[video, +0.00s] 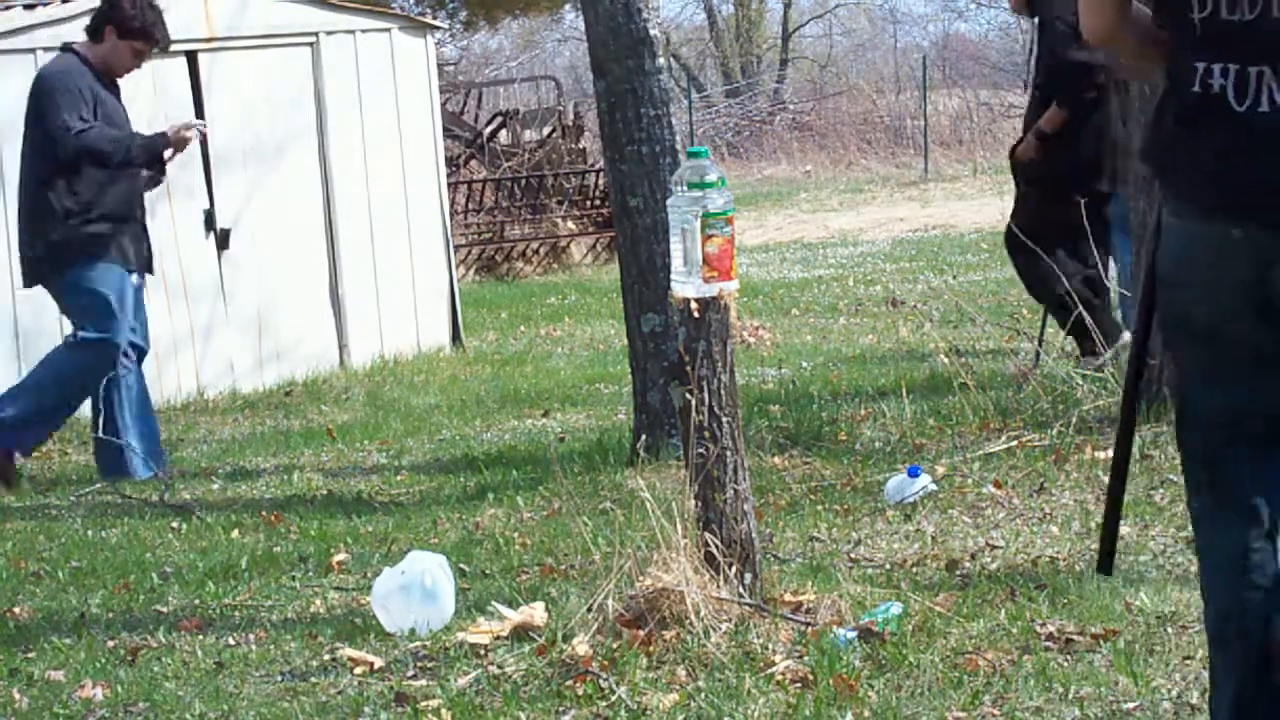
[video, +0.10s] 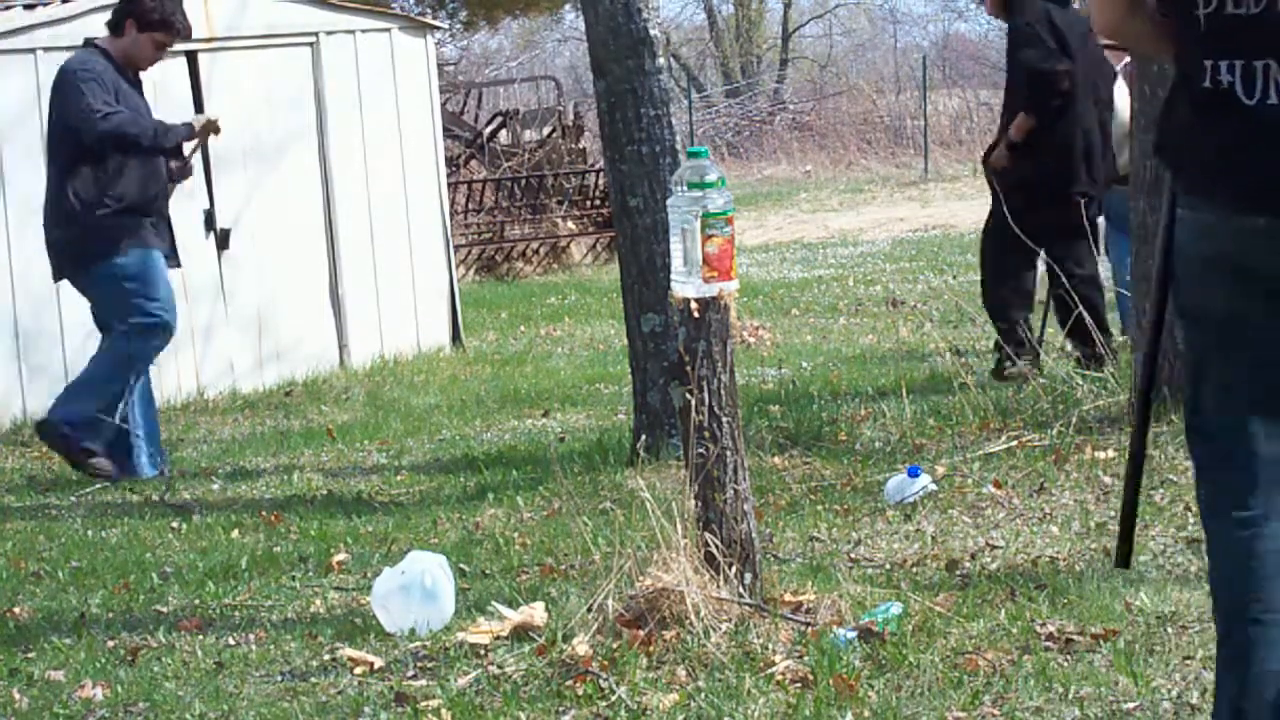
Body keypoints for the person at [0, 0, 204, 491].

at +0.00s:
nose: (138, 67)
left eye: (144, 58)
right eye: (138, 54)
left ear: (119, 42)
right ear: (110, 34)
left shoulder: (102, 87)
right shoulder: (64, 75)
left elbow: (107, 178)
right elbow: (75, 142)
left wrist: (150, 168)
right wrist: (160, 142)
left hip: (116, 239)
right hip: (78, 239)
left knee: (126, 349)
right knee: (105, 341)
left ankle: (131, 470)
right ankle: (8, 429)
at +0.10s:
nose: (160, 59)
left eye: (166, 50)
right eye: (158, 46)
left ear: (139, 34)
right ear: (129, 27)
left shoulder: (123, 83)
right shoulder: (85, 72)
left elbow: (122, 170)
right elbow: (102, 127)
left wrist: (167, 171)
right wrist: (181, 132)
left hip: (121, 226)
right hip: (105, 227)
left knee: (128, 342)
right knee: (154, 318)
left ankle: (141, 464)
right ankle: (69, 425)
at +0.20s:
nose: (182, 54)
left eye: (187, 46)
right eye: (180, 42)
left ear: (154, 27)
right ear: (150, 24)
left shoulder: (144, 80)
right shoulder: (107, 69)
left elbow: (143, 166)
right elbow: (130, 120)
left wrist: (190, 167)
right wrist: (204, 124)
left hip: (129, 227)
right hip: (135, 224)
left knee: (130, 340)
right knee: (188, 314)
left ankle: (125, 457)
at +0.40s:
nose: (235, 59)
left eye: (240, 50)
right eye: (233, 46)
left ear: (210, 32)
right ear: (204, 27)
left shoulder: (186, 80)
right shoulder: (164, 74)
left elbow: (182, 175)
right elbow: (189, 123)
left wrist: (235, 164)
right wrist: (262, 119)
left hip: (184, 240)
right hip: (191, 239)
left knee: (157, 358)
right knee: (242, 343)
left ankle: (133, 469)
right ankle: (304, 442)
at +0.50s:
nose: (268, 57)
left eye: (273, 49)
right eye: (266, 45)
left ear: (237, 31)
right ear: (236, 29)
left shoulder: (212, 77)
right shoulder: (198, 73)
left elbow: (213, 162)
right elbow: (225, 120)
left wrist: (263, 155)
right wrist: (292, 118)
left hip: (209, 240)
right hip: (225, 235)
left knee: (181, 354)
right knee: (276, 335)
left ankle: (137, 464)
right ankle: (316, 454)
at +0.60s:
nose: (298, 56)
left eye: (303, 47)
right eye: (296, 43)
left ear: (268, 27)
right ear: (268, 25)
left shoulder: (231, 69)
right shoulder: (229, 70)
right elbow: (264, 116)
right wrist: (327, 116)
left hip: (230, 232)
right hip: (257, 225)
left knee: (228, 337)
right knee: (302, 333)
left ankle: (159, 441)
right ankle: (316, 453)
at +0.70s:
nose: (323, 45)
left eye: (328, 36)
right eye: (322, 33)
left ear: (294, 18)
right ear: (295, 17)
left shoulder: (270, 61)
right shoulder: (254, 60)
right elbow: (293, 109)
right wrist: (361, 113)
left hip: (286, 224)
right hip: (280, 226)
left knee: (282, 327)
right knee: (311, 336)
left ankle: (199, 410)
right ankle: (316, 455)